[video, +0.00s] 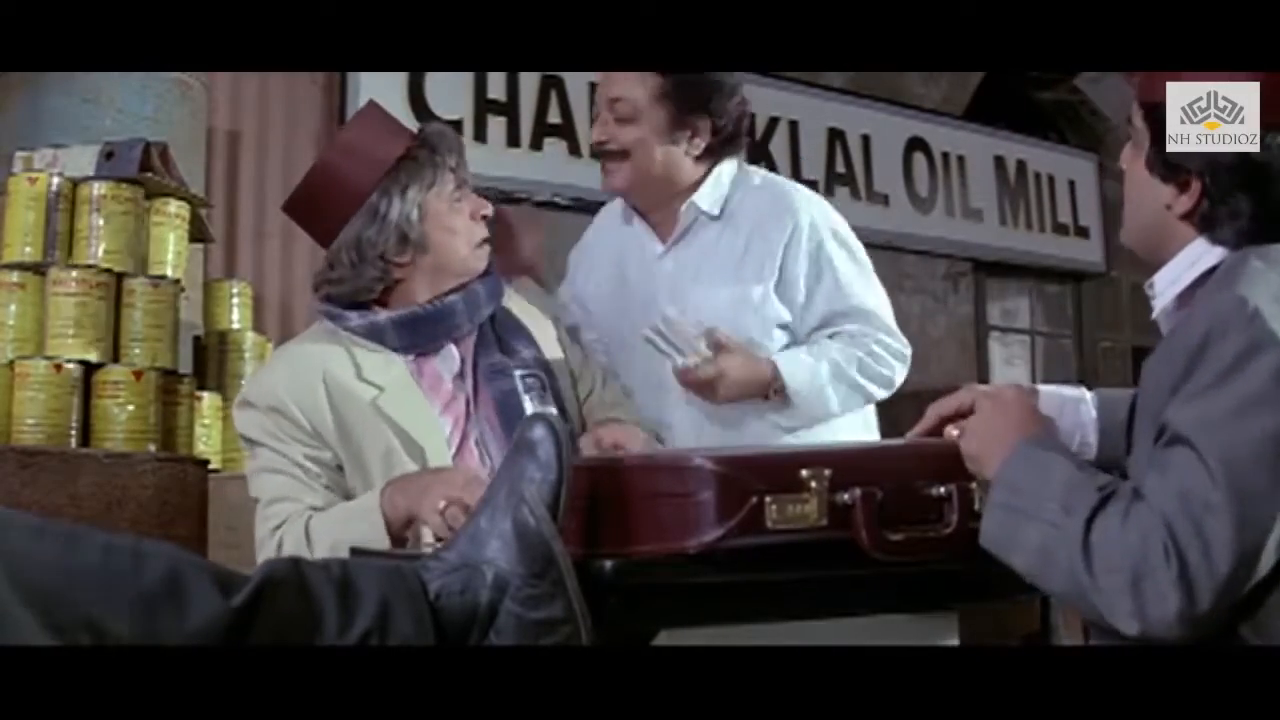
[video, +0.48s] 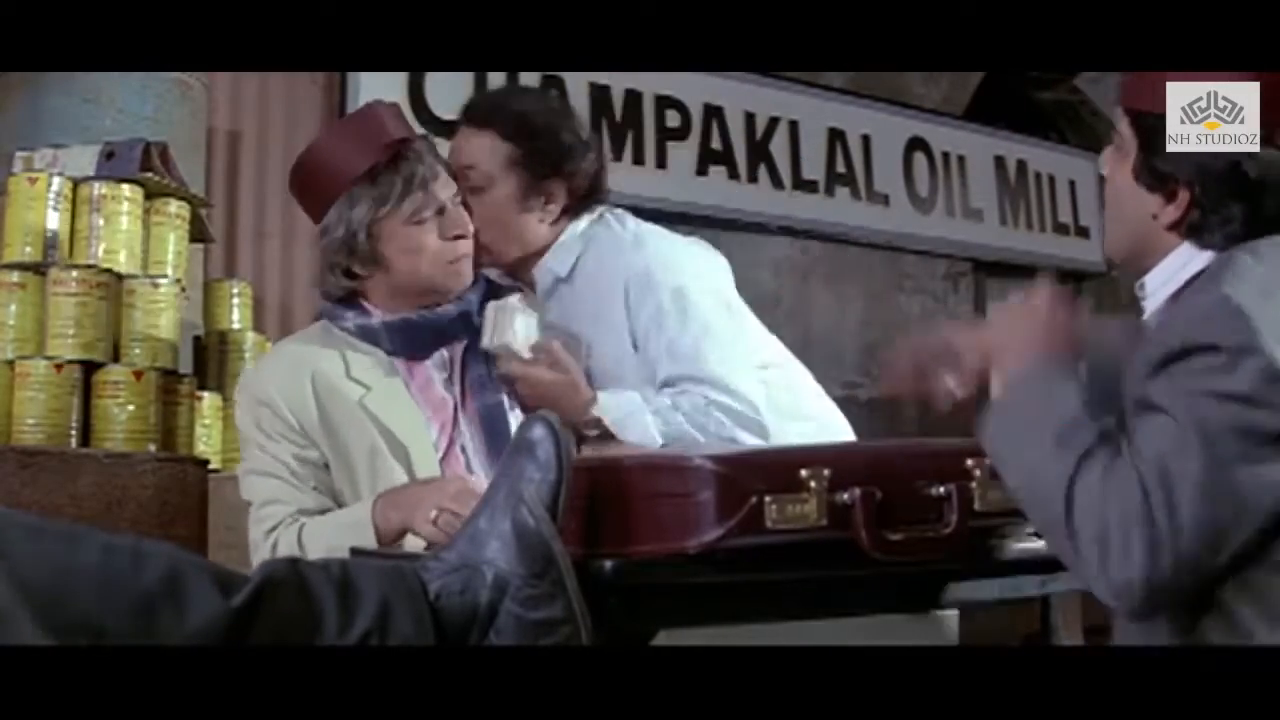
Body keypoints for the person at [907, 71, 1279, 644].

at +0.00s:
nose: (1121, 160)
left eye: (1136, 141)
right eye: (1131, 138)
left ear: (1183, 190)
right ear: (1183, 187)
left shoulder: (1249, 317)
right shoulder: (1232, 298)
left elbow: (1168, 579)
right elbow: (1196, 427)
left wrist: (1020, 461)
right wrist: (1046, 415)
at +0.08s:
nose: (1124, 157)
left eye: (1138, 140)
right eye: (1133, 136)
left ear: (1183, 190)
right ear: (1183, 187)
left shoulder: (1248, 317)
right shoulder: (1235, 299)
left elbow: (1170, 584)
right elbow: (1205, 427)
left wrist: (1022, 464)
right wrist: (1050, 416)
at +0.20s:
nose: (1124, 156)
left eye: (1138, 138)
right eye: (1133, 134)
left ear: (1186, 189)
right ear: (1186, 187)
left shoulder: (1251, 320)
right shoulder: (1236, 300)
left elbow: (1176, 589)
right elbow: (1205, 425)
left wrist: (1027, 471)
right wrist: (1052, 416)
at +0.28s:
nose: (1126, 156)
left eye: (1140, 137)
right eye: (1135, 134)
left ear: (1187, 188)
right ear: (1187, 186)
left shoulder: (1252, 321)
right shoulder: (1235, 301)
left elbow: (1177, 590)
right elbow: (1204, 422)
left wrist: (1030, 473)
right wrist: (1054, 414)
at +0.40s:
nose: (1120, 159)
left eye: (1136, 140)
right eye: (1130, 137)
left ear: (1190, 191)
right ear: (1191, 190)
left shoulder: (1255, 321)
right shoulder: (1236, 302)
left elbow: (1173, 582)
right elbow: (1205, 420)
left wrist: (1032, 461)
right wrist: (1059, 412)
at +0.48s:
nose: (1103, 164)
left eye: (1119, 148)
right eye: (1114, 143)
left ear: (1171, 200)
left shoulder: (1231, 331)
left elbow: (1134, 552)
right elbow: (1152, 352)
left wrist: (1031, 378)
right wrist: (996, 353)